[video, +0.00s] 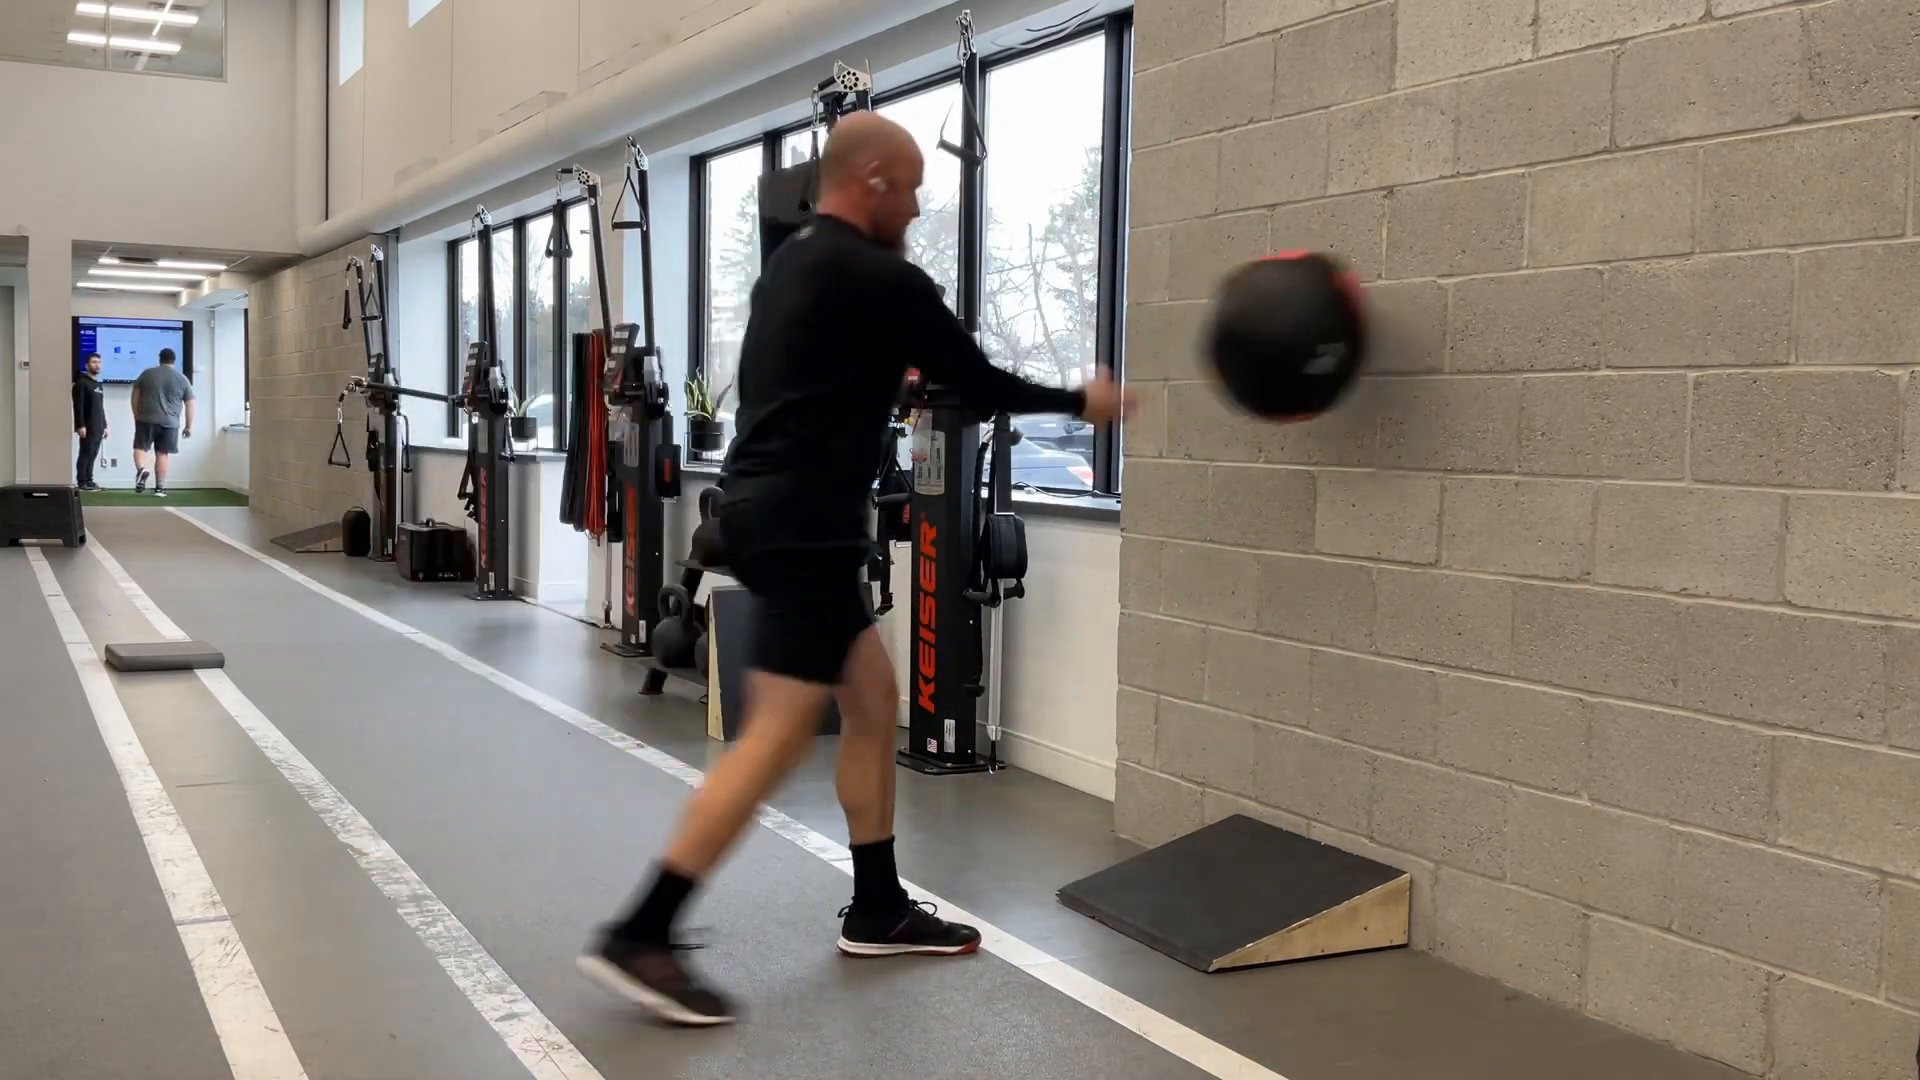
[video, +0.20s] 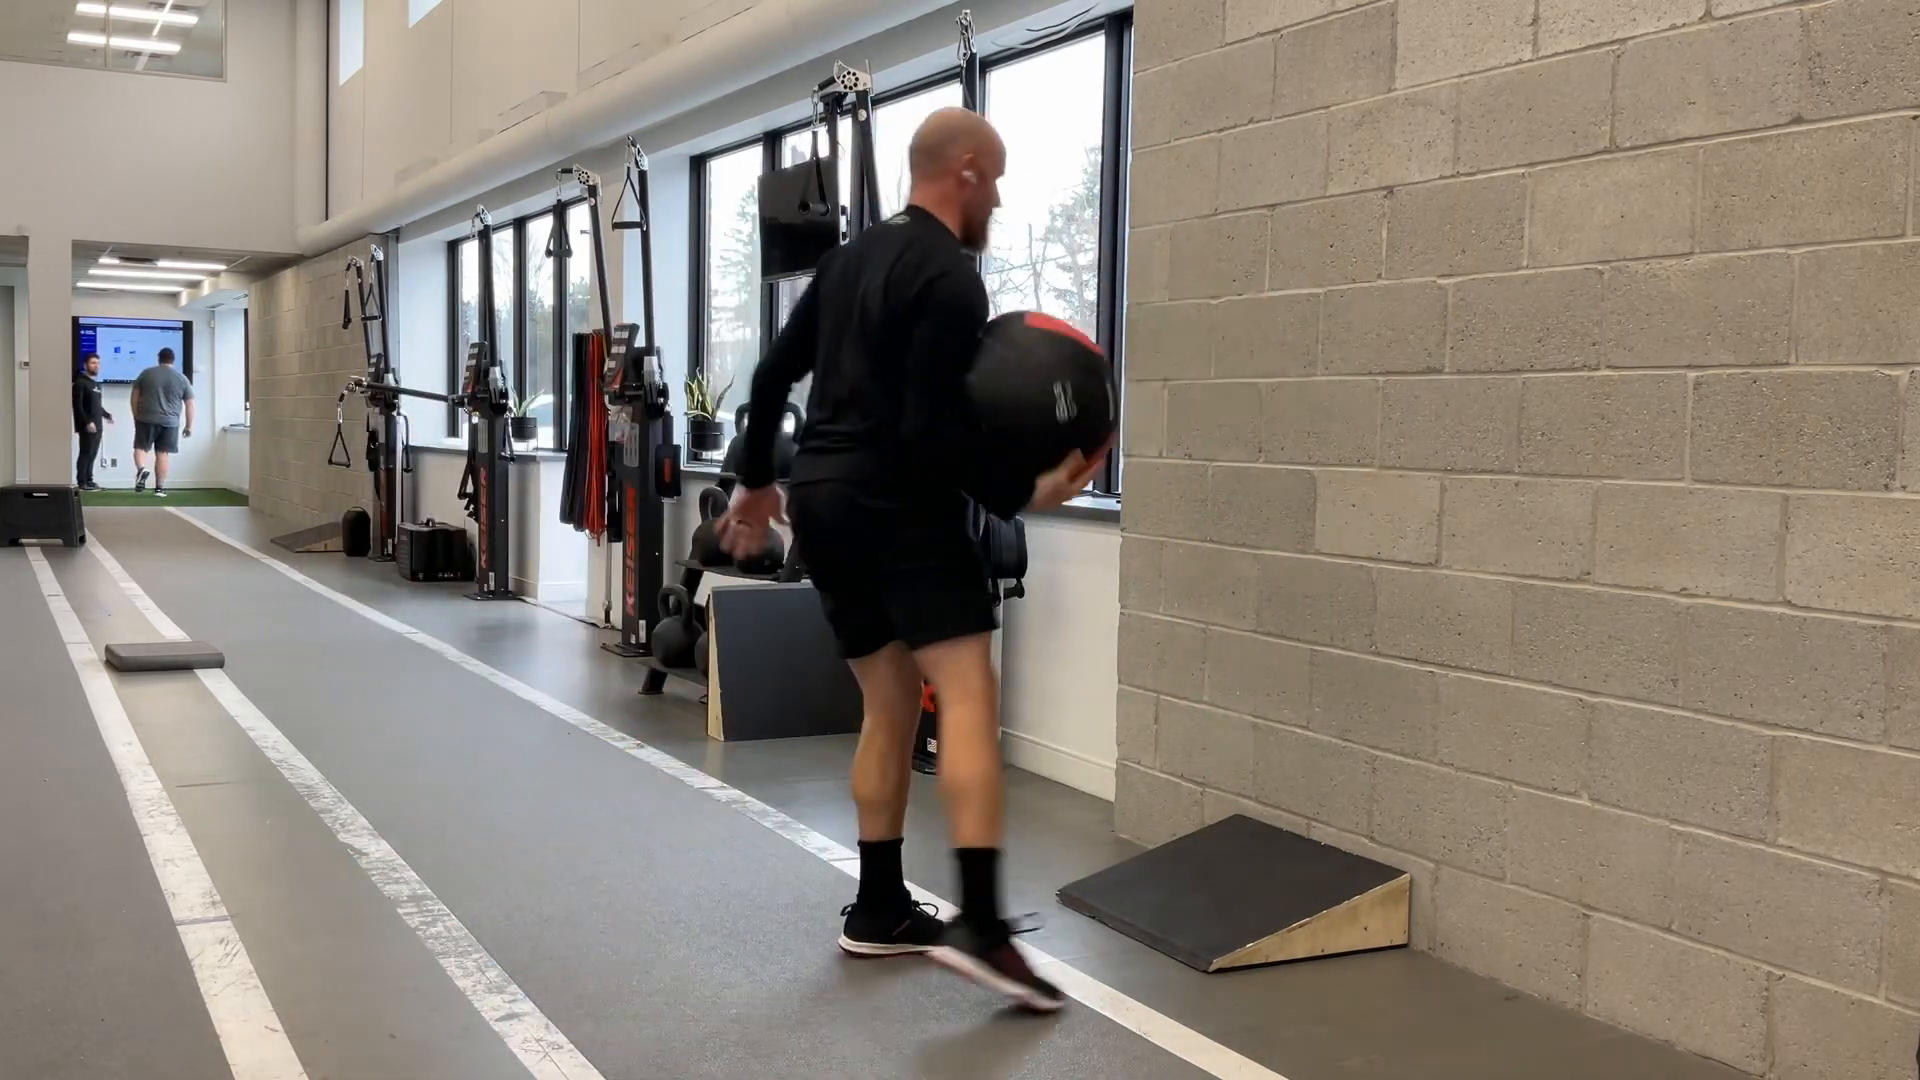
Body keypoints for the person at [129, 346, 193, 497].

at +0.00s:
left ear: (160, 360)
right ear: (174, 361)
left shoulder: (147, 373)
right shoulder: (181, 379)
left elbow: (135, 395)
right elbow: (190, 404)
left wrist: (137, 415)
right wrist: (188, 426)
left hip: (146, 420)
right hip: (169, 423)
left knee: (139, 448)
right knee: (163, 454)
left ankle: (141, 469)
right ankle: (159, 487)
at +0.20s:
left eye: (161, 359)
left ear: (159, 359)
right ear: (173, 360)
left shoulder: (146, 373)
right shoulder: (181, 379)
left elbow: (134, 396)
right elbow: (190, 403)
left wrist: (136, 415)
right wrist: (188, 426)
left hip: (146, 420)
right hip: (169, 423)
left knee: (140, 448)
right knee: (163, 453)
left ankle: (141, 469)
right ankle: (159, 488)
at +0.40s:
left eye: (159, 359)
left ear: (156, 359)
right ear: (170, 360)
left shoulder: (144, 374)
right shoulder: (179, 377)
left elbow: (134, 398)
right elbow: (189, 401)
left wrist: (135, 417)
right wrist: (189, 424)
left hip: (147, 421)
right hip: (170, 423)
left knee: (145, 450)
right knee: (163, 452)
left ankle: (149, 472)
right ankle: (159, 487)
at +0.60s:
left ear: (153, 359)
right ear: (168, 359)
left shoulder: (143, 375)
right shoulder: (178, 377)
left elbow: (133, 398)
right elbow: (189, 401)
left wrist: (134, 419)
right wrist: (189, 423)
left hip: (147, 422)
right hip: (170, 423)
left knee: (146, 451)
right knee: (163, 452)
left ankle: (153, 473)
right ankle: (158, 488)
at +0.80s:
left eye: (154, 359)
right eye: (162, 358)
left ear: (151, 359)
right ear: (165, 359)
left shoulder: (142, 375)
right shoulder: (176, 377)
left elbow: (132, 398)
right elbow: (187, 400)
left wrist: (131, 419)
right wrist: (187, 422)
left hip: (146, 422)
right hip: (169, 423)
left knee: (144, 451)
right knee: (162, 452)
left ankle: (148, 475)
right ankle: (159, 488)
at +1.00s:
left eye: (151, 358)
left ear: (148, 359)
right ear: (163, 359)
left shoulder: (139, 375)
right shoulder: (174, 377)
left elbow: (129, 399)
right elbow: (184, 400)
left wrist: (128, 420)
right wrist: (184, 421)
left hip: (144, 422)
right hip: (166, 423)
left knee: (140, 451)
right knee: (161, 452)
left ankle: (139, 481)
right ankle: (159, 488)